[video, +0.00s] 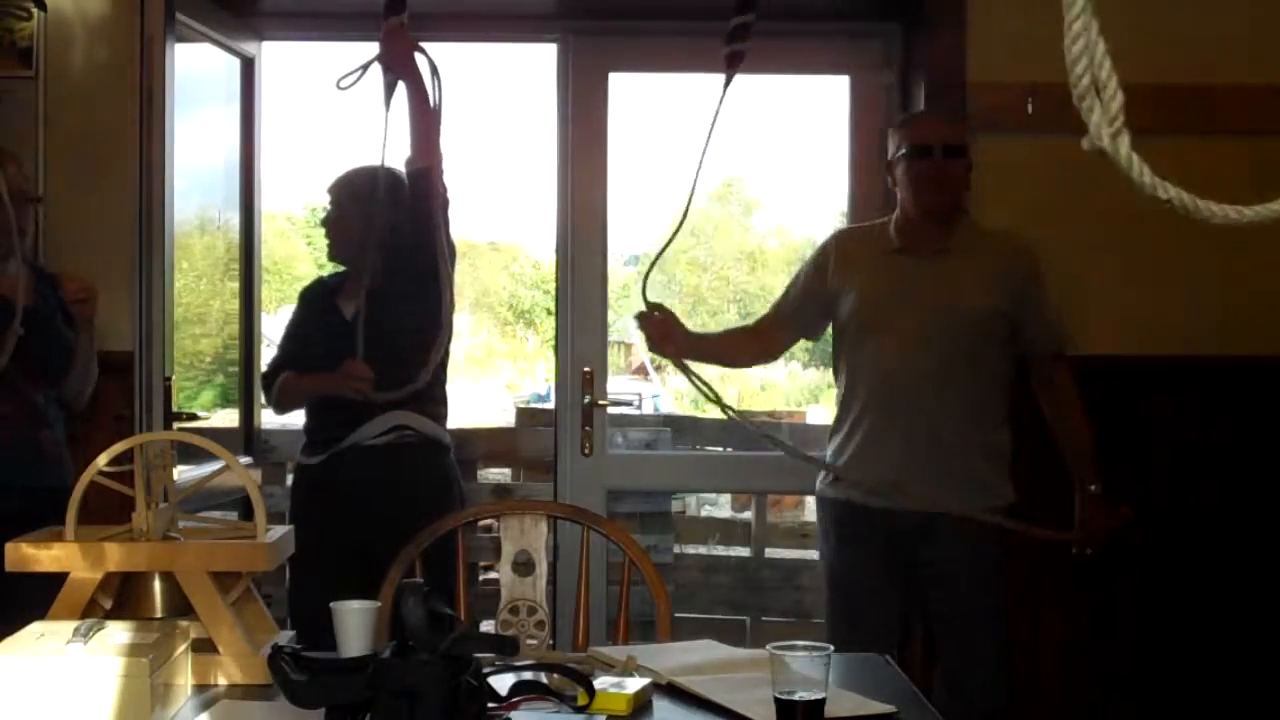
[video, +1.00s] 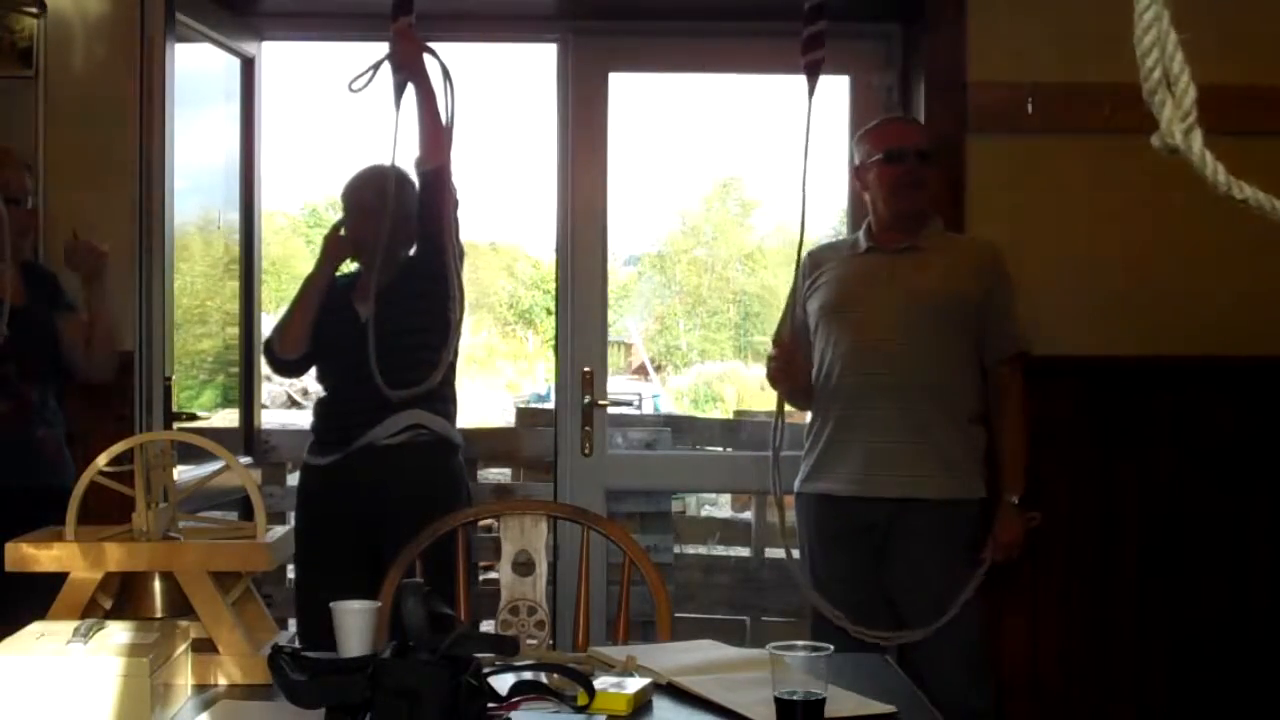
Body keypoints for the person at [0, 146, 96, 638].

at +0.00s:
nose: (25, 218)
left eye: (29, 202)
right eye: (16, 200)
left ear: (33, 208)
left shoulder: (40, 287)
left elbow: (74, 394)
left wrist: (84, 326)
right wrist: (13, 309)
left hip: (39, 479)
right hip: (12, 480)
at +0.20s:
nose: (16, 215)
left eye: (24, 199)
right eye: (6, 199)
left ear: (34, 206)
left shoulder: (45, 284)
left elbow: (80, 395)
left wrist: (83, 325)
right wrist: (17, 315)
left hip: (43, 480)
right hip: (8, 482)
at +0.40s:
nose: (30, 211)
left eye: (34, 197)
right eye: (18, 198)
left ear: (44, 205)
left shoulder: (49, 285)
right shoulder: (4, 283)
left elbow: (83, 396)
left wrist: (81, 325)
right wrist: (16, 314)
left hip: (47, 470)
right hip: (8, 472)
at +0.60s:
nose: (29, 212)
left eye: (33, 198)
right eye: (17, 199)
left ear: (43, 207)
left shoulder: (47, 288)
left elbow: (80, 396)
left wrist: (77, 327)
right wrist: (12, 306)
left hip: (44, 468)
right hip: (8, 467)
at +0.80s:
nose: (38, 214)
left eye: (39, 199)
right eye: (23, 200)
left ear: (42, 207)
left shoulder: (44, 287)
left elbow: (78, 394)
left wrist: (77, 330)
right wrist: (11, 306)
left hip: (44, 464)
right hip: (11, 464)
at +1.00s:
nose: (23, 213)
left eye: (25, 199)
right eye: (12, 200)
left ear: (34, 207)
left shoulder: (39, 282)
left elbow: (96, 368)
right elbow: (96, 366)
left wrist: (96, 283)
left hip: (41, 467)